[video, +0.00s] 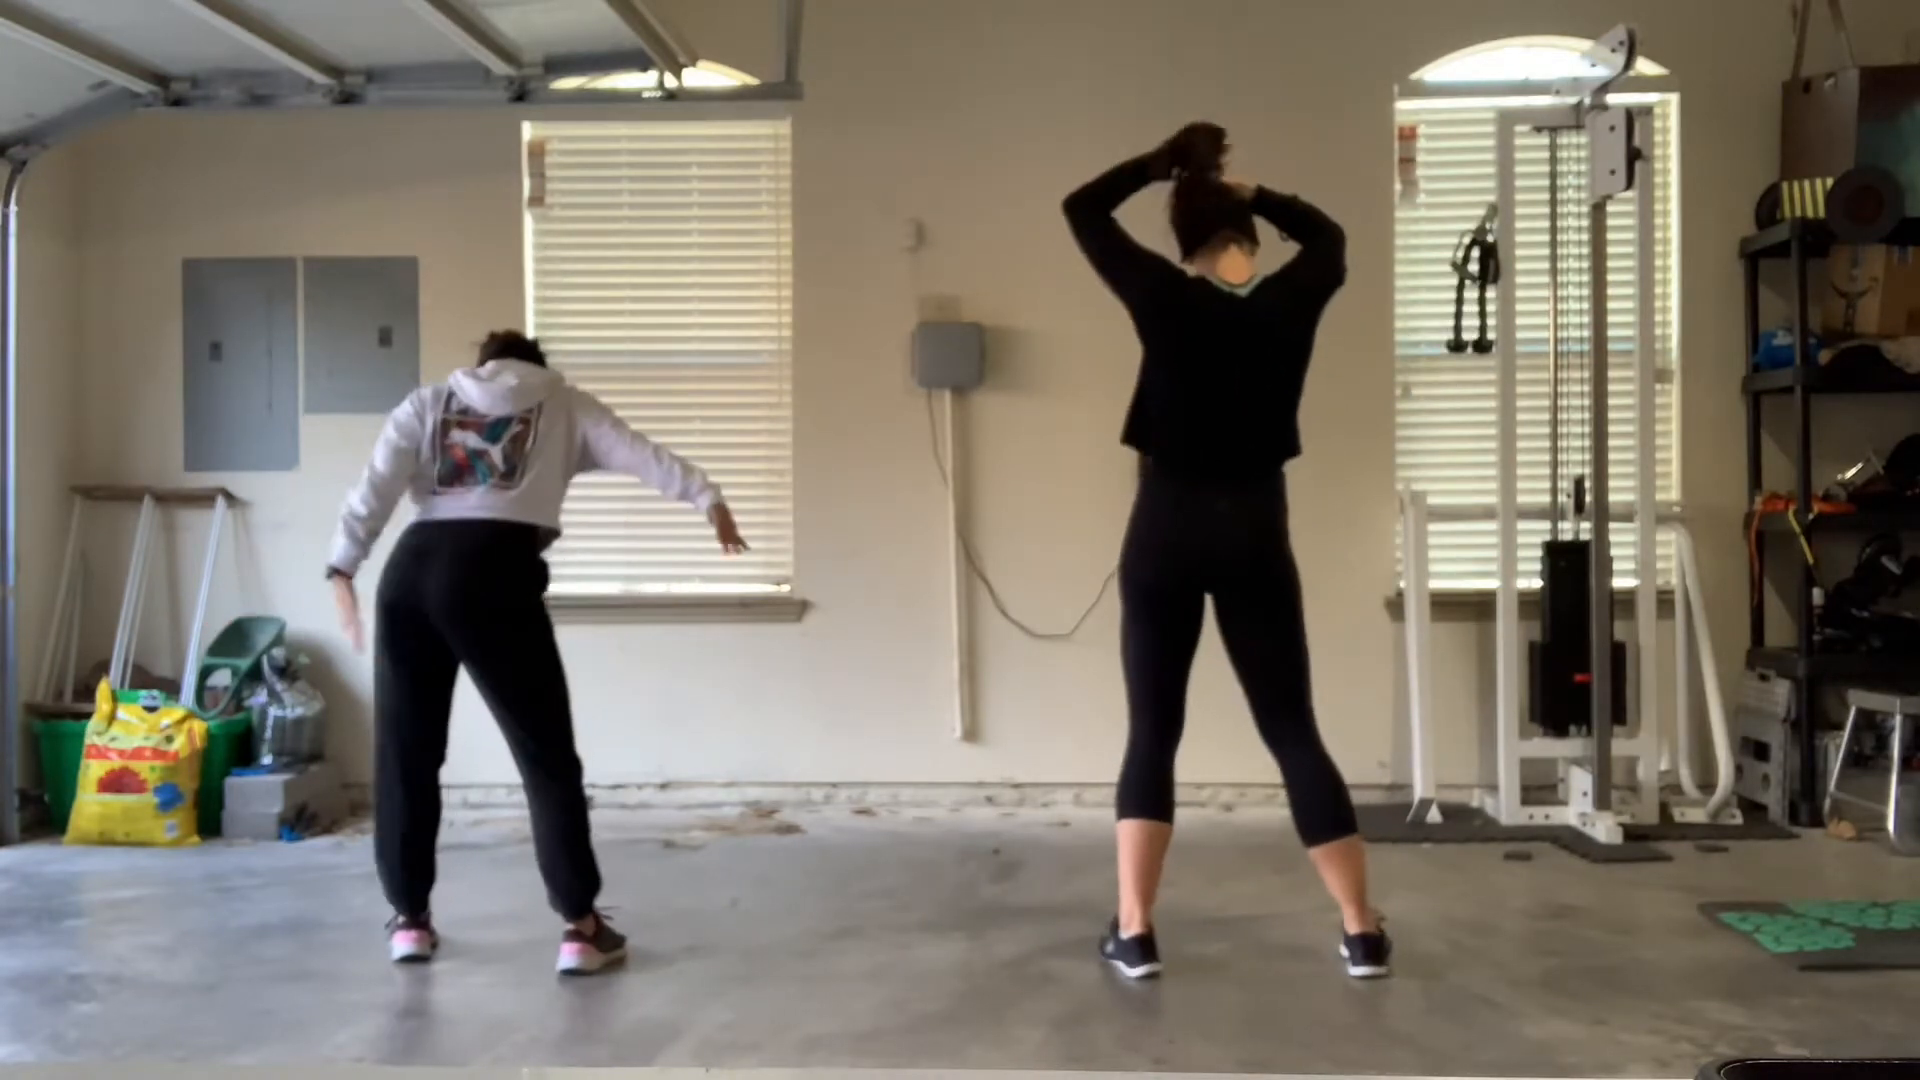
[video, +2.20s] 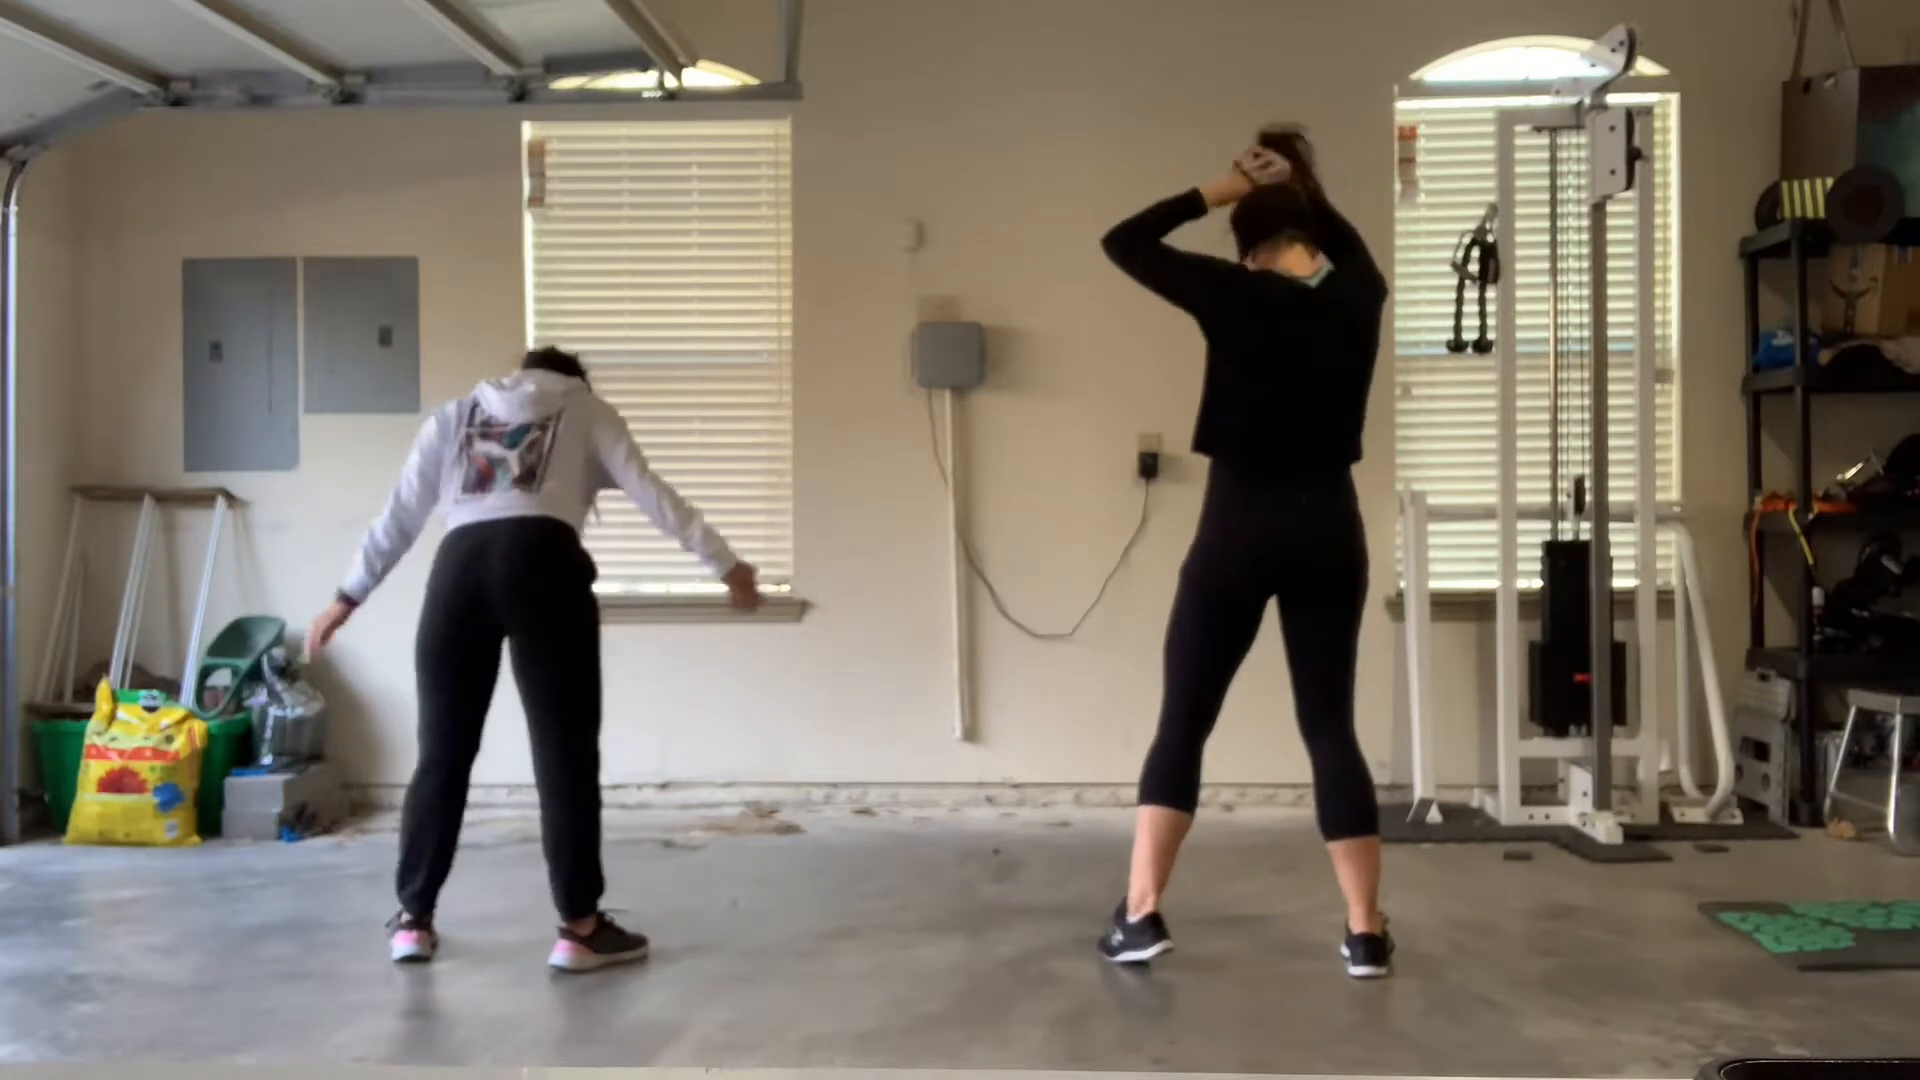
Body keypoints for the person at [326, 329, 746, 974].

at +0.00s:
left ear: (479, 365)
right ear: (541, 368)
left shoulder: (429, 401)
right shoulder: (564, 401)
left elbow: (381, 477)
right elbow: (632, 450)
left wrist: (342, 562)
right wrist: (711, 498)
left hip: (413, 577)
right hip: (498, 577)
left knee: (406, 757)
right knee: (548, 758)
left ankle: (409, 921)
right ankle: (581, 926)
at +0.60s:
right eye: (553, 376)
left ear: (486, 368)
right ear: (545, 372)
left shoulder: (427, 411)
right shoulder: (564, 401)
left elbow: (342, 479)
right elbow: (598, 471)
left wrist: (264, 542)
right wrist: (638, 553)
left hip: (482, 576)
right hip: (571, 567)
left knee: (454, 750)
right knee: (588, 754)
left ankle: (414, 920)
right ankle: (586, 925)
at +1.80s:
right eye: (563, 379)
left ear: (505, 364)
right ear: (558, 372)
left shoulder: (439, 405)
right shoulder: (566, 399)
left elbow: (385, 495)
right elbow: (566, 473)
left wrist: (340, 581)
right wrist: (568, 568)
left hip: (442, 564)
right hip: (526, 560)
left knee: (429, 748)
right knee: (563, 753)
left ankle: (410, 920)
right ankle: (579, 924)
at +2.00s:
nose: (578, 400)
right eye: (578, 390)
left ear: (514, 373)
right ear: (566, 381)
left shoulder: (442, 417)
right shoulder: (572, 404)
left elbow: (393, 515)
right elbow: (590, 486)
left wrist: (363, 603)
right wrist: (619, 576)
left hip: (479, 571)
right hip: (566, 561)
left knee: (453, 747)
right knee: (585, 750)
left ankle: (414, 919)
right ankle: (583, 924)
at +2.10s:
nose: (584, 397)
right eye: (582, 387)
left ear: (515, 374)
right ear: (569, 380)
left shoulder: (446, 415)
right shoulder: (579, 404)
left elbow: (400, 517)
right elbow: (620, 485)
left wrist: (361, 606)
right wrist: (679, 575)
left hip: (475, 570)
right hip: (563, 564)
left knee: (451, 748)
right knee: (580, 751)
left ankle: (413, 920)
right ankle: (582, 925)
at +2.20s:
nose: (589, 396)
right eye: (585, 386)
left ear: (517, 376)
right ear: (576, 382)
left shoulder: (454, 414)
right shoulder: (586, 409)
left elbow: (403, 512)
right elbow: (648, 491)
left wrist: (348, 596)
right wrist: (728, 564)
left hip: (457, 571)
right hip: (546, 568)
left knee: (442, 756)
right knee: (565, 755)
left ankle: (412, 921)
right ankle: (580, 926)